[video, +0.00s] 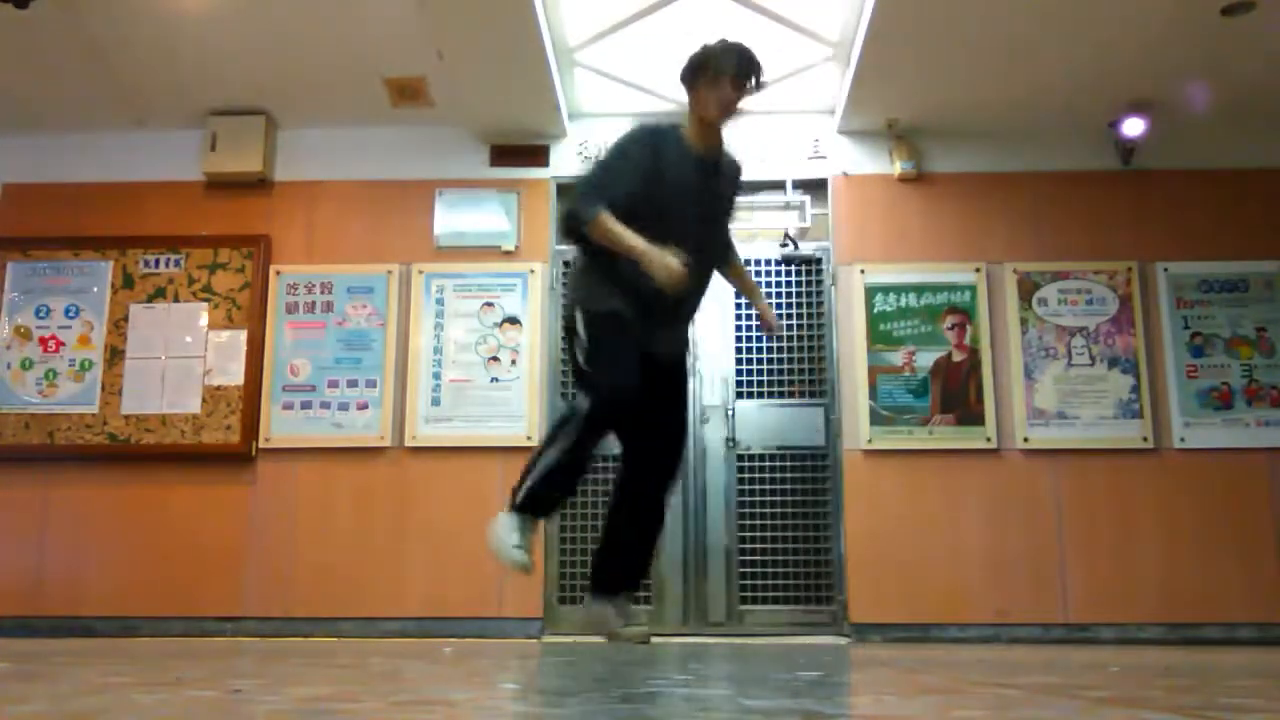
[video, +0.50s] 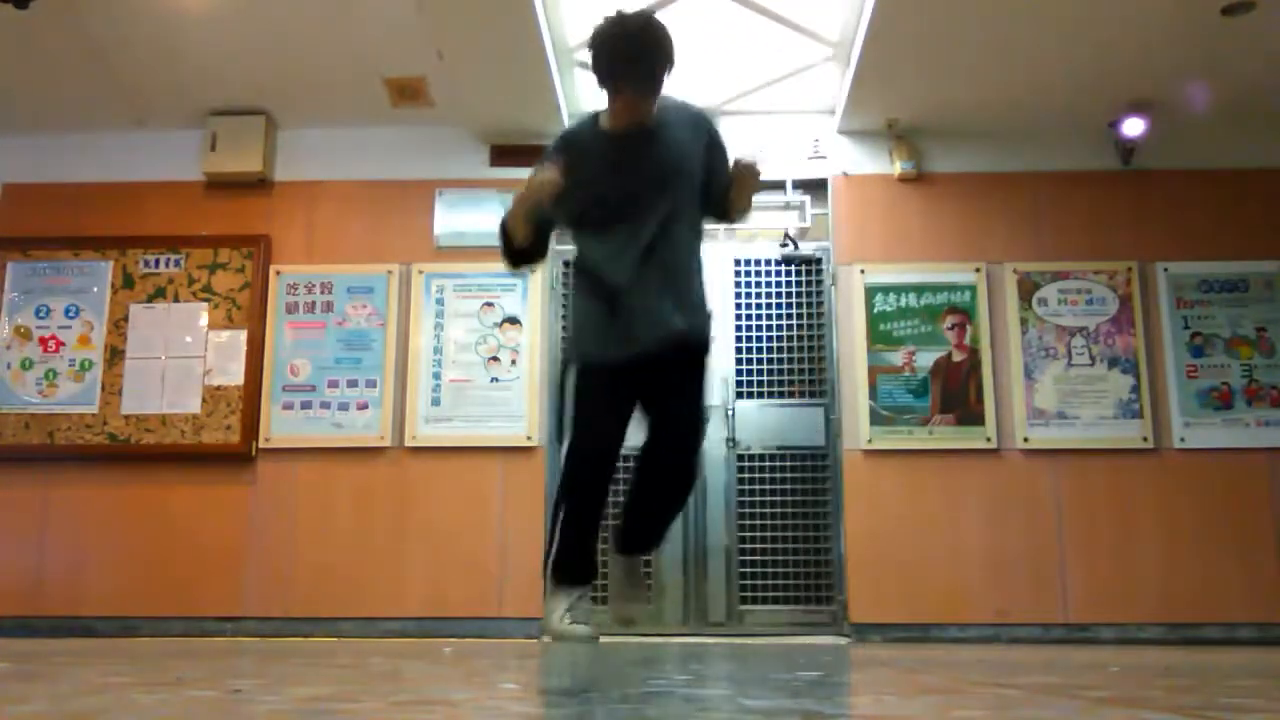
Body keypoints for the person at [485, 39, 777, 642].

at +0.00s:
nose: (730, 99)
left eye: (738, 89)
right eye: (721, 85)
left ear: (743, 97)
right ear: (693, 85)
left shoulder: (724, 171)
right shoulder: (647, 143)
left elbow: (715, 243)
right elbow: (583, 209)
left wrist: (757, 299)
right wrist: (647, 251)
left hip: (665, 322)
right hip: (607, 305)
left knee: (656, 454)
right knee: (611, 400)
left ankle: (609, 595)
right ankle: (521, 515)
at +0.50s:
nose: (640, 105)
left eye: (649, 92)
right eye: (629, 92)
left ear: (662, 79)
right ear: (606, 82)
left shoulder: (691, 130)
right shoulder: (575, 147)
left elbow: (719, 205)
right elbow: (520, 249)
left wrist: (738, 192)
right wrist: (531, 201)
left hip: (677, 320)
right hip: (601, 325)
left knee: (678, 451)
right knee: (593, 452)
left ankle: (633, 549)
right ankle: (569, 588)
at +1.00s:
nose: (711, 99)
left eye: (724, 89)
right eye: (709, 85)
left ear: (740, 84)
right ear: (693, 68)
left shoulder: (752, 128)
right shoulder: (629, 112)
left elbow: (807, 192)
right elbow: (555, 161)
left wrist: (851, 150)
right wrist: (537, 136)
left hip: (702, 310)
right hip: (624, 309)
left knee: (717, 433)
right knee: (633, 435)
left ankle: (706, 569)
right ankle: (643, 570)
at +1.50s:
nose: (721, 70)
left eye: (733, 55)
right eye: (712, 55)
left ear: (745, 49)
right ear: (687, 44)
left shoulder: (764, 103)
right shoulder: (637, 118)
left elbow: (819, 156)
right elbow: (561, 170)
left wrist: (874, 129)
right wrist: (530, 121)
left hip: (753, 304)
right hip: (679, 310)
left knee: (744, 439)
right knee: (685, 436)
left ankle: (718, 574)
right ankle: (669, 568)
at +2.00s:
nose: (768, 48)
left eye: (781, 36)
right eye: (759, 33)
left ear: (794, 34)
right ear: (738, 25)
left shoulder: (806, 88)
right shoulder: (695, 94)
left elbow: (859, 143)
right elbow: (682, 170)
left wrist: (872, 124)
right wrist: (764, 164)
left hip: (803, 258)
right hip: (725, 254)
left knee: (813, 409)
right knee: (800, 312)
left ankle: (784, 565)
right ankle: (821, 480)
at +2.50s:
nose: (797, 15)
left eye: (804, 8)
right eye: (789, 2)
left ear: (804, 18)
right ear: (757, 2)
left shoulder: (792, 96)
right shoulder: (690, 53)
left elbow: (761, 189)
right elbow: (573, 65)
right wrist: (461, 75)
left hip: (754, 265)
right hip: (676, 252)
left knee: (778, 425)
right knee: (731, 383)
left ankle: (677, 555)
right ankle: (668, 561)